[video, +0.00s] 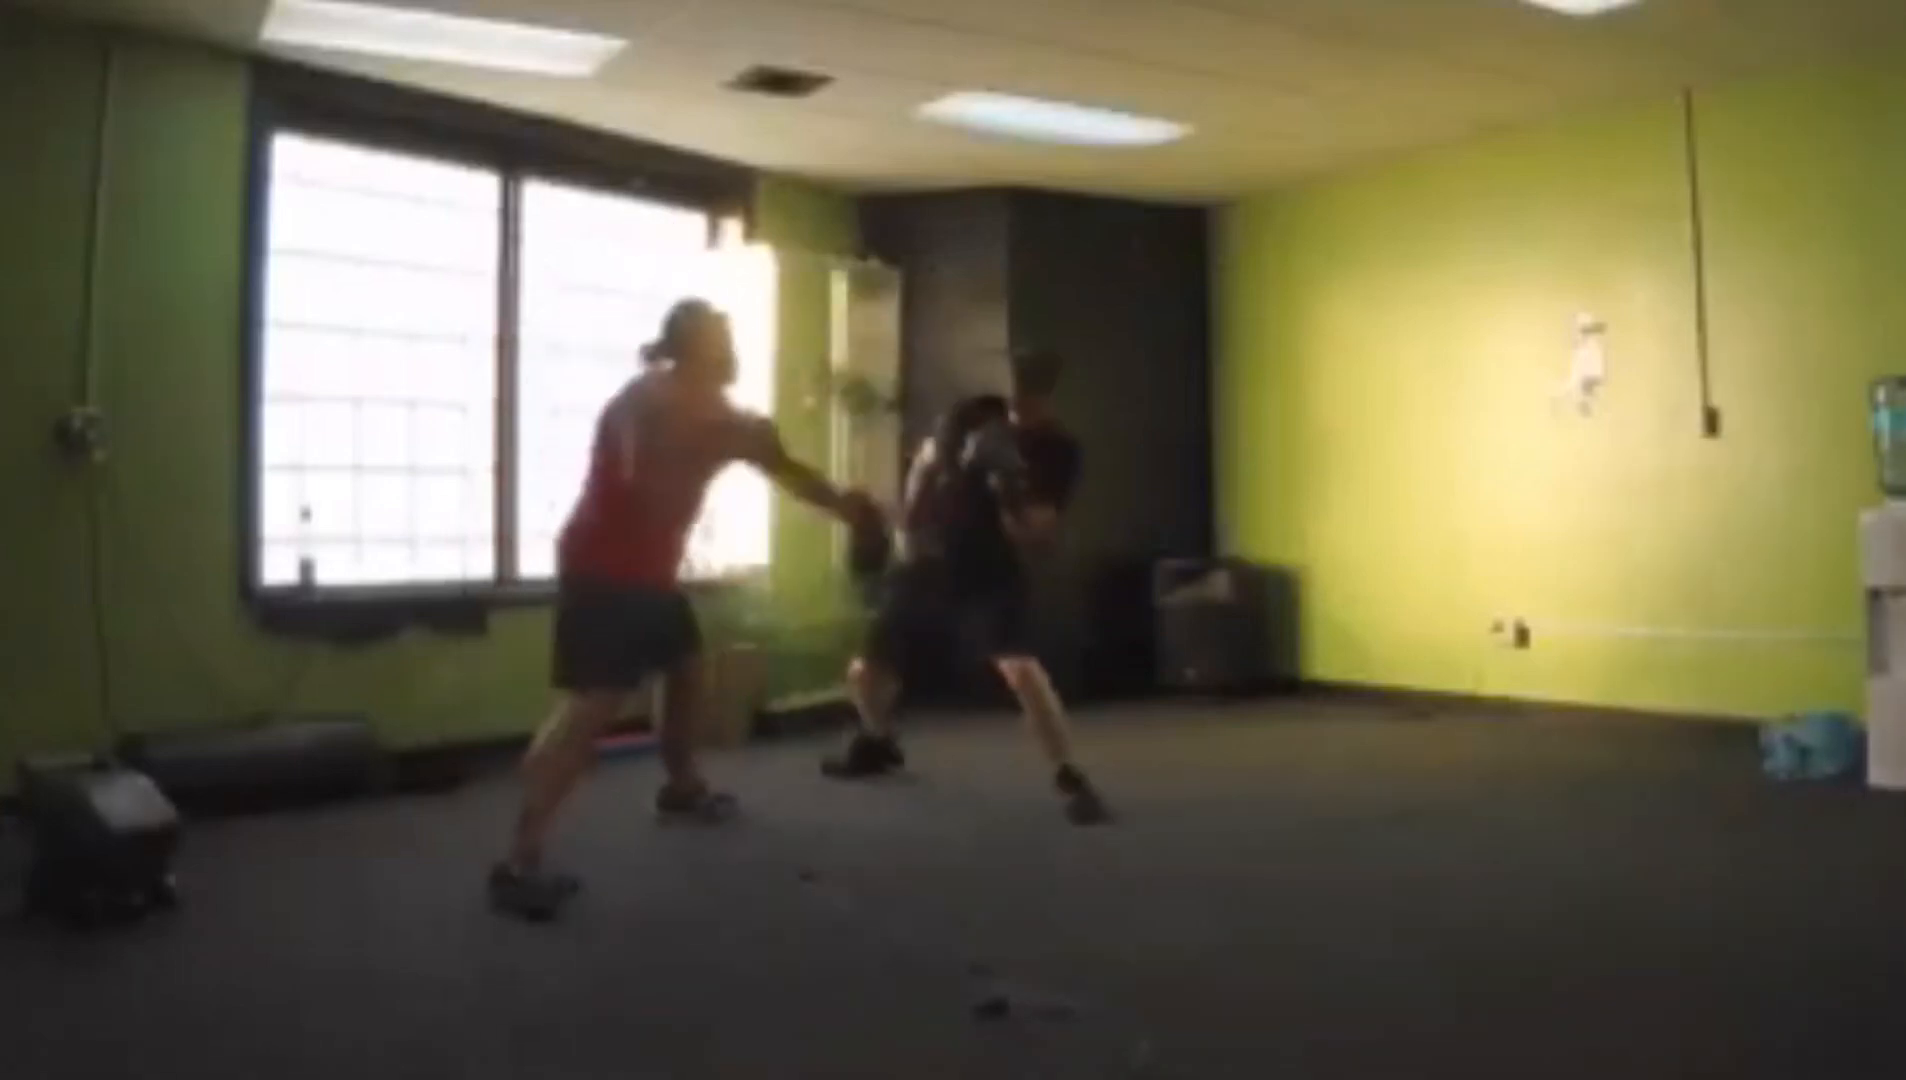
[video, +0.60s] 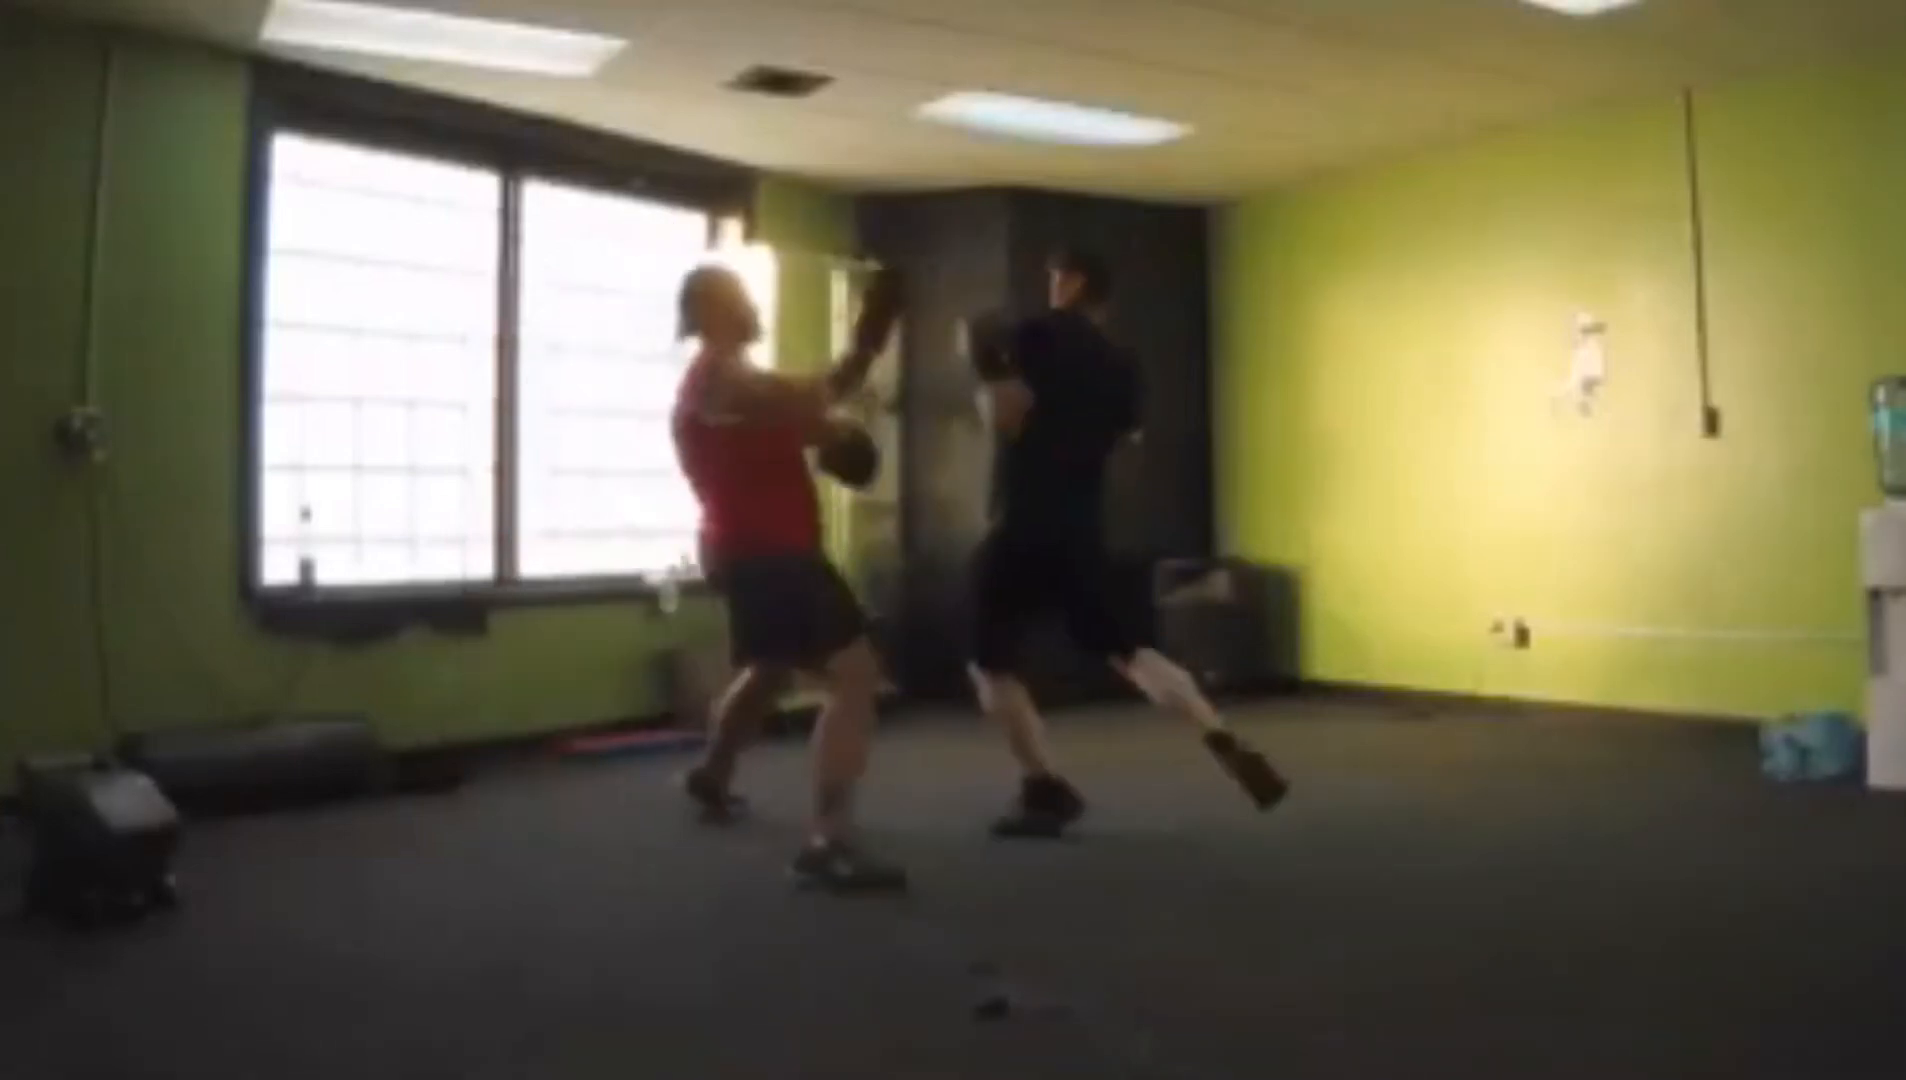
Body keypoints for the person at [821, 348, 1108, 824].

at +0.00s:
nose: (1025, 403)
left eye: (1036, 393)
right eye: (1022, 390)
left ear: (1047, 393)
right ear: (1014, 387)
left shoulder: (1058, 449)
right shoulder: (971, 425)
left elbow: (1036, 527)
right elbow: (911, 515)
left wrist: (1004, 470)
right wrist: (935, 459)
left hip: (992, 568)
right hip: (932, 564)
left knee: (1021, 671)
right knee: (868, 671)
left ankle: (1068, 777)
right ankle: (876, 740)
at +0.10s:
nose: (1011, 370)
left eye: (1024, 360)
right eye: (1006, 358)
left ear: (1049, 360)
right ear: (998, 354)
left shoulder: (1053, 414)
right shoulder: (983, 397)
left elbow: (1016, 488)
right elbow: (945, 461)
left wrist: (986, 416)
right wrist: (914, 495)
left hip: (996, 568)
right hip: (944, 556)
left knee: (998, 688)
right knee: (871, 653)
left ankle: (1068, 781)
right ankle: (917, 754)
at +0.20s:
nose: (1012, 323)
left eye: (1018, 314)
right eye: (1017, 314)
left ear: (1021, 317)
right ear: (1050, 320)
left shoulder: (1010, 364)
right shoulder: (1033, 371)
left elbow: (932, 378)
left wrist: (884, 334)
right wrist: (937, 493)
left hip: (994, 528)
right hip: (1005, 526)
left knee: (956, 672)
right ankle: (912, 742)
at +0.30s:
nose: (1012, 302)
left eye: (1020, 293)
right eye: (1016, 293)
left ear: (1039, 300)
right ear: (1065, 309)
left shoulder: (1000, 342)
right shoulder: (1074, 374)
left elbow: (909, 350)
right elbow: (1069, 457)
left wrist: (832, 350)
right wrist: (965, 486)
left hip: (996, 529)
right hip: (1041, 533)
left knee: (939, 668)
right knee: (979, 647)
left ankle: (1032, 778)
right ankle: (972, 747)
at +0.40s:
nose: (1026, 309)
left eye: (1034, 301)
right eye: (1030, 299)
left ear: (1045, 306)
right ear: (1075, 314)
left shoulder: (997, 346)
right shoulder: (1089, 373)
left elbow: (918, 362)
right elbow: (1115, 470)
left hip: (999, 533)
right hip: (1051, 536)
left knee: (952, 671)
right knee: (1047, 648)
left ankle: (1031, 781)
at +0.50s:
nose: (1036, 303)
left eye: (1042, 294)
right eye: (1041, 294)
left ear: (1054, 300)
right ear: (1088, 310)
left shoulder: (1010, 341)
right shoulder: (1107, 375)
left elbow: (928, 380)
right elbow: (1129, 470)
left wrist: (882, 347)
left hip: (1006, 531)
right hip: (1066, 533)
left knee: (961, 667)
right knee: (1087, 650)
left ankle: (1036, 782)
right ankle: (1156, 744)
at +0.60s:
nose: (1050, 289)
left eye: (1055, 279)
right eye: (1054, 279)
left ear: (1071, 285)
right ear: (1102, 292)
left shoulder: (1033, 336)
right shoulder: (1119, 359)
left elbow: (1006, 416)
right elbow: (1127, 435)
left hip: (1023, 525)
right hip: (1080, 526)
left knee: (990, 662)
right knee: (1125, 649)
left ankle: (1043, 785)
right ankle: (1219, 736)